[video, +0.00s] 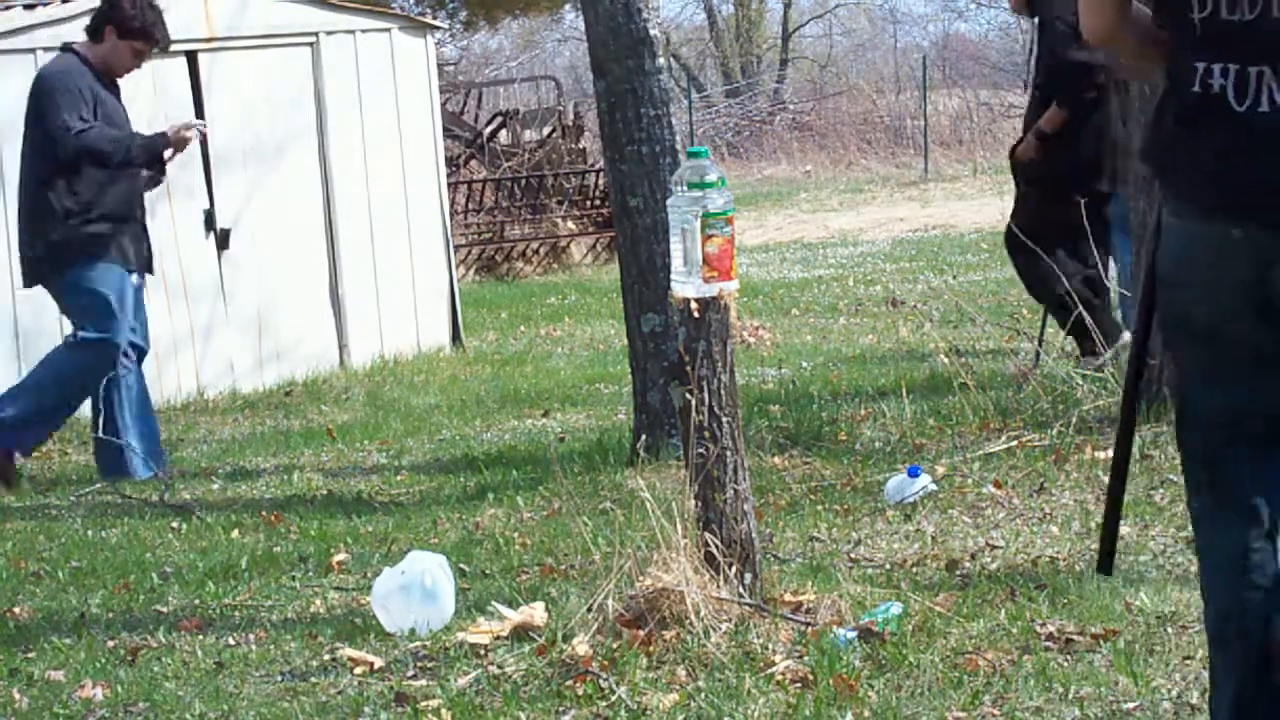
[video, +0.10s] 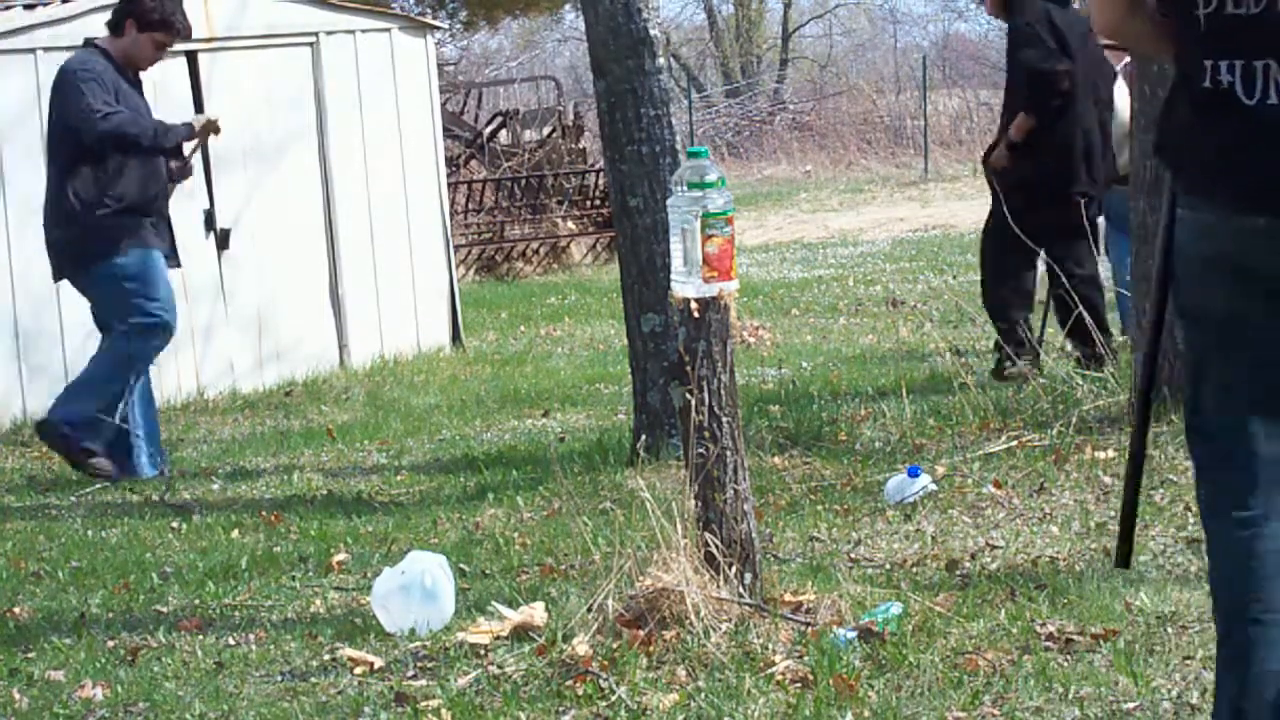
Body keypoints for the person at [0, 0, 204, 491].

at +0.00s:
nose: (138, 67)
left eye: (144, 58)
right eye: (138, 54)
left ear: (119, 42)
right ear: (110, 34)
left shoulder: (102, 87)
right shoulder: (64, 75)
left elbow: (107, 178)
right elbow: (75, 142)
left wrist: (150, 168)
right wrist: (160, 142)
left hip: (116, 239)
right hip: (78, 239)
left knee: (126, 349)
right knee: (105, 341)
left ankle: (131, 470)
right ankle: (8, 429)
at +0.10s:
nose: (160, 59)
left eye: (166, 50)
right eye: (158, 46)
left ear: (139, 34)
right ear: (129, 27)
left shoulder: (123, 83)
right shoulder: (85, 72)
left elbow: (122, 170)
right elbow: (102, 127)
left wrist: (167, 171)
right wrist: (181, 132)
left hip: (121, 226)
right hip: (105, 227)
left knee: (128, 342)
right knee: (154, 318)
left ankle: (141, 464)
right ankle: (69, 425)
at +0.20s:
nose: (182, 54)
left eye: (187, 46)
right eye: (180, 42)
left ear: (154, 27)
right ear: (150, 24)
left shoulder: (144, 80)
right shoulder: (107, 69)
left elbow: (143, 166)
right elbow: (130, 120)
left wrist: (190, 167)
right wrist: (204, 124)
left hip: (129, 227)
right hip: (135, 224)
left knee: (130, 340)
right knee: (188, 314)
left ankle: (125, 457)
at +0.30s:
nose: (208, 56)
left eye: (214, 47)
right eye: (206, 43)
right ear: (177, 24)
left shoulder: (177, 79)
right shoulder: (134, 69)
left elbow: (172, 169)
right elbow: (158, 118)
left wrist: (215, 163)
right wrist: (231, 120)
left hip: (153, 234)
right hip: (165, 230)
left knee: (142, 357)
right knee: (209, 337)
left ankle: (132, 469)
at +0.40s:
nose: (235, 59)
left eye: (240, 50)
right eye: (233, 46)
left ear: (210, 32)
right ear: (204, 27)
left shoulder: (186, 80)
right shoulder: (164, 74)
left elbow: (182, 175)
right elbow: (189, 123)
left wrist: (235, 164)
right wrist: (262, 119)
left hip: (184, 240)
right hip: (191, 239)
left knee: (157, 358)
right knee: (242, 343)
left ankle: (133, 469)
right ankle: (304, 442)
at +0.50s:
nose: (268, 57)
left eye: (273, 49)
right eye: (266, 45)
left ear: (237, 31)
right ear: (236, 29)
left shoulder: (212, 77)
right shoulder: (198, 73)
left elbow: (213, 162)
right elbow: (225, 120)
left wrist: (263, 155)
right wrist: (292, 118)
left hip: (209, 240)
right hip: (225, 235)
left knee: (181, 354)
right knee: (276, 335)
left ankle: (137, 464)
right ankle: (316, 454)